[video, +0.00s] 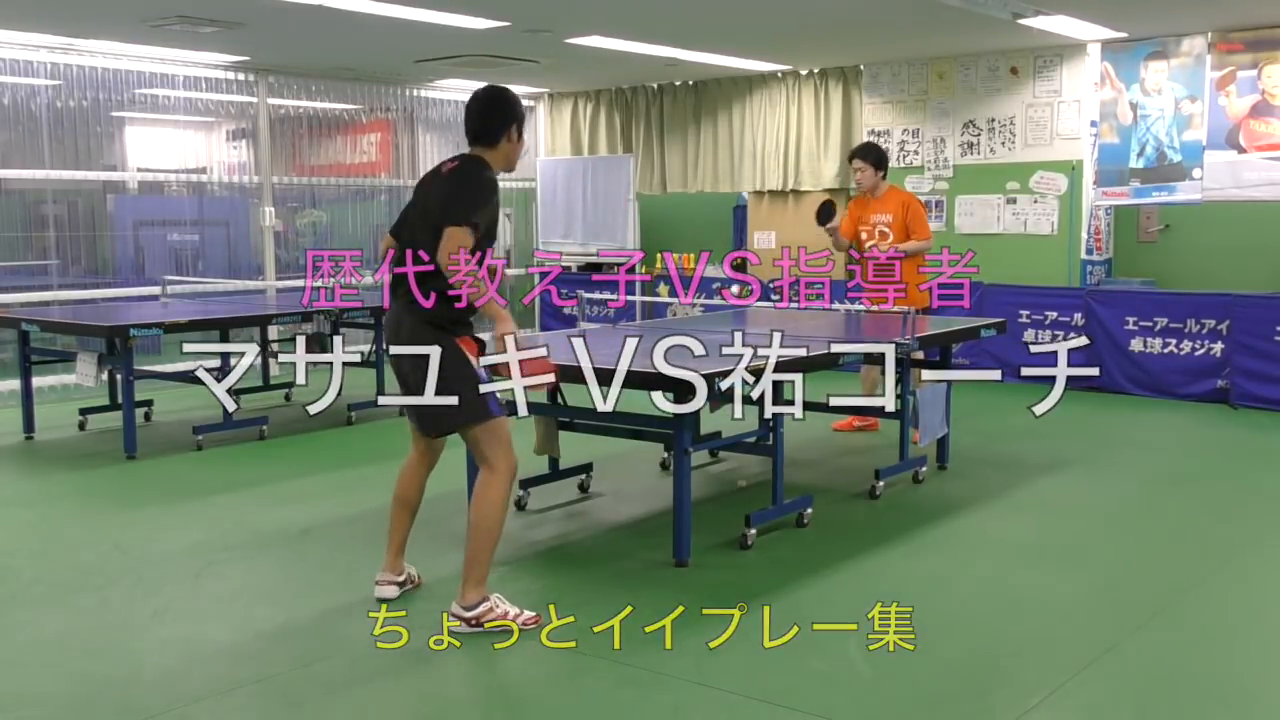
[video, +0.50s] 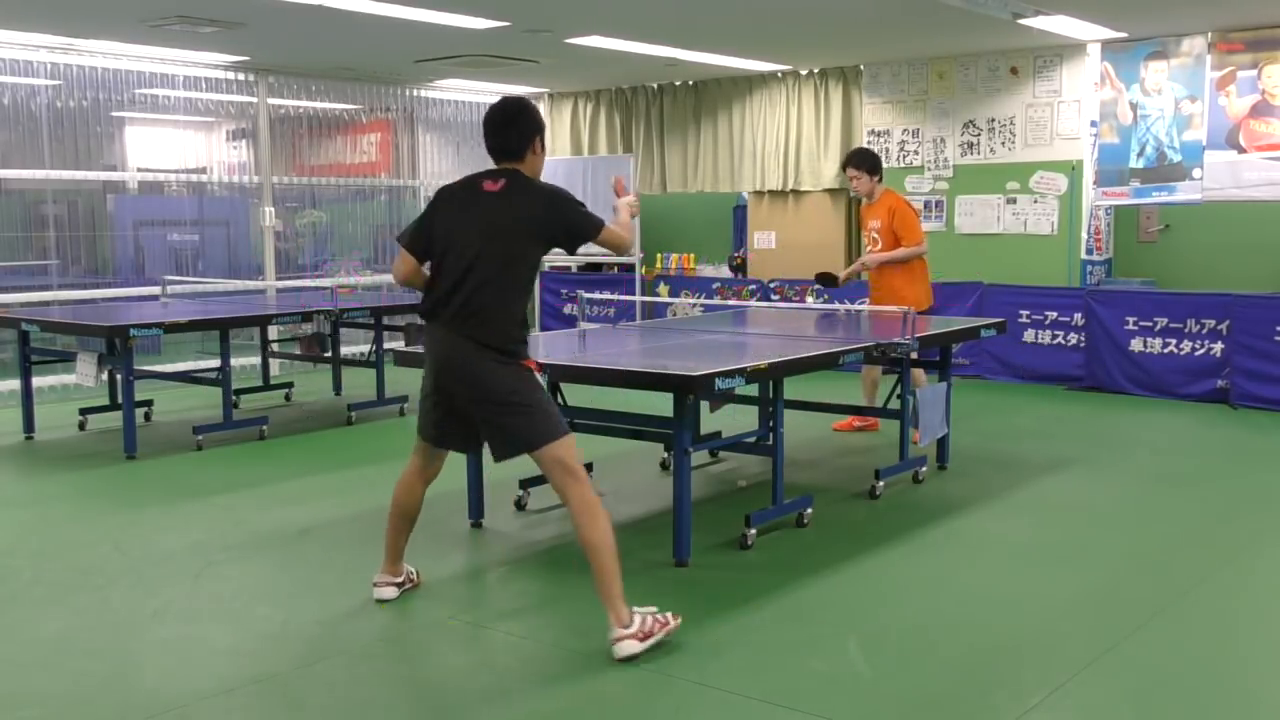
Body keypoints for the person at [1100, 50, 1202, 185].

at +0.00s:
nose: (1159, 76)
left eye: (1163, 71)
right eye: (1155, 71)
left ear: (1168, 72)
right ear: (1143, 72)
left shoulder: (1174, 89)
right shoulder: (1135, 91)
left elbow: (1199, 105)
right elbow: (1125, 120)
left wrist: (1191, 106)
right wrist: (1122, 95)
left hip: (1171, 161)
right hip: (1141, 163)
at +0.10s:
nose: (1158, 77)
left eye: (1162, 71)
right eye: (1154, 71)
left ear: (1168, 72)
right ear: (1143, 72)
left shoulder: (1174, 89)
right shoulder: (1135, 91)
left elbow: (1199, 105)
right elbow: (1125, 121)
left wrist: (1191, 107)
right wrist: (1121, 95)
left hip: (1171, 161)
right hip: (1141, 163)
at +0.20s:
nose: (1159, 76)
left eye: (1163, 71)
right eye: (1155, 71)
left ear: (1168, 72)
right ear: (1144, 72)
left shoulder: (1174, 89)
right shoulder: (1135, 91)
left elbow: (1199, 106)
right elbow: (1125, 120)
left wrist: (1191, 107)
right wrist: (1122, 95)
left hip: (1171, 161)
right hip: (1142, 163)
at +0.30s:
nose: (1159, 77)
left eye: (1163, 71)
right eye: (1155, 71)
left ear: (1168, 72)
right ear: (1143, 72)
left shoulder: (1174, 89)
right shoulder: (1135, 91)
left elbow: (1199, 106)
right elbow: (1125, 120)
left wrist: (1191, 107)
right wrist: (1122, 95)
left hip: (1171, 161)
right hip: (1142, 164)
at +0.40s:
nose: (1159, 77)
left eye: (1163, 71)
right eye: (1155, 71)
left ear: (1168, 72)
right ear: (1143, 72)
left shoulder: (1174, 89)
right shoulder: (1135, 91)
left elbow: (1199, 106)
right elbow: (1125, 120)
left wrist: (1191, 106)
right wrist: (1122, 95)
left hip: (1171, 161)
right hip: (1142, 164)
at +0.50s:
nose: (1159, 76)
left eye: (1163, 71)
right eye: (1155, 71)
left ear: (1168, 72)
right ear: (1144, 72)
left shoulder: (1174, 89)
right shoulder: (1135, 91)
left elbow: (1199, 106)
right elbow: (1125, 120)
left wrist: (1191, 107)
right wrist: (1122, 95)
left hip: (1171, 161)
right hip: (1142, 163)